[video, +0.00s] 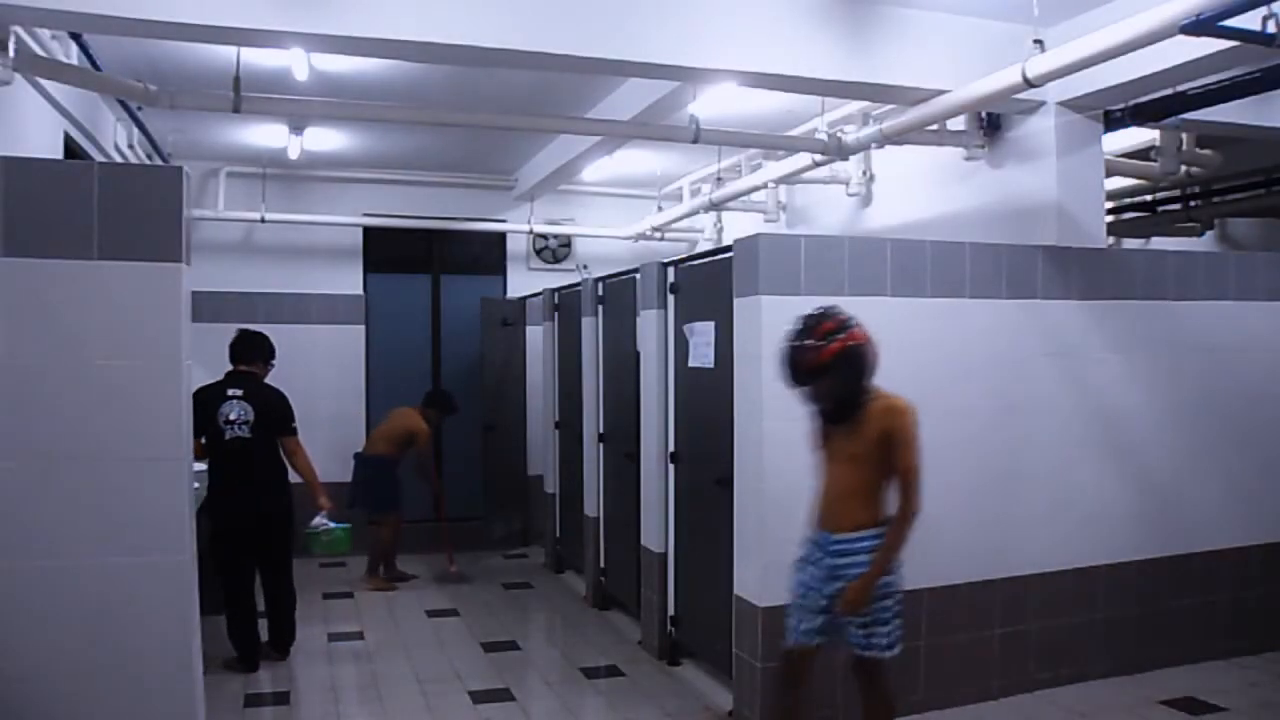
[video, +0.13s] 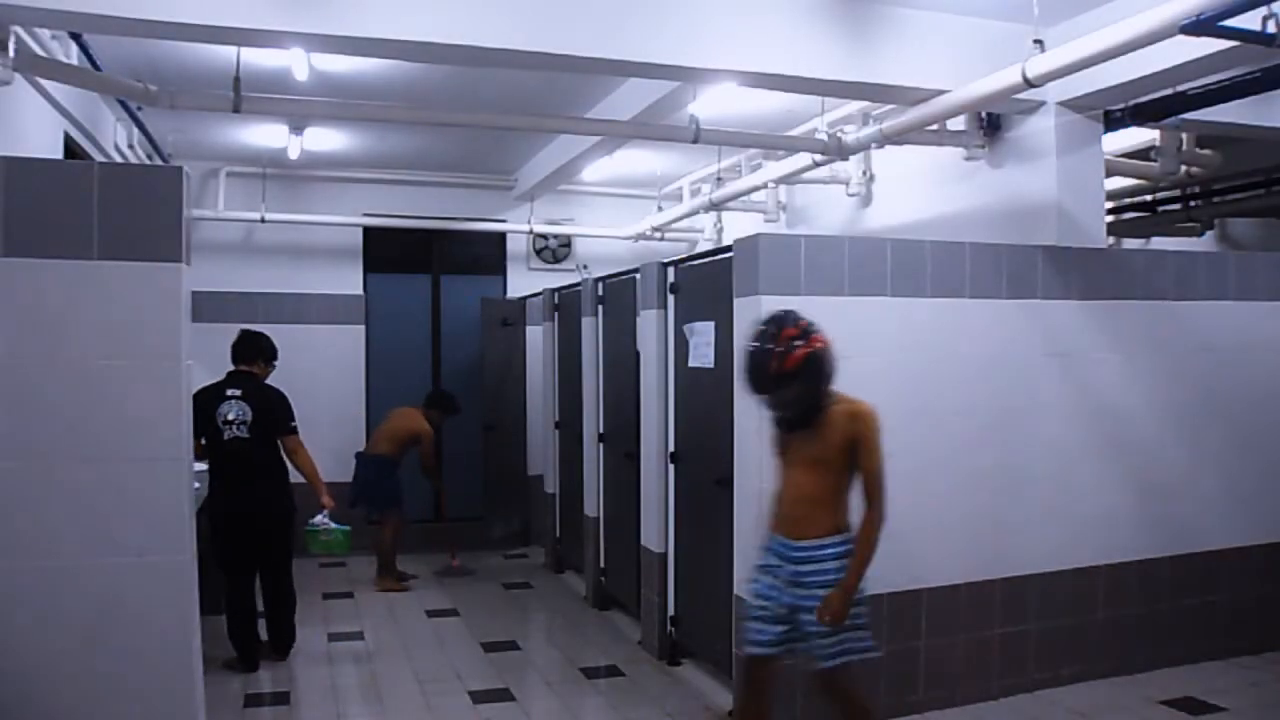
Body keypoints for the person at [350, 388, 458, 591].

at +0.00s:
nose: (439, 421)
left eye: (442, 416)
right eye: (440, 416)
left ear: (425, 404)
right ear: (434, 411)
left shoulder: (402, 413)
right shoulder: (421, 428)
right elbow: (424, 465)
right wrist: (434, 488)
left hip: (367, 461)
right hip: (380, 466)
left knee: (392, 518)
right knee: (385, 520)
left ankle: (390, 569)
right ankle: (372, 574)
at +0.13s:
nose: (441, 421)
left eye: (444, 417)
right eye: (442, 416)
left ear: (427, 405)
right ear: (435, 411)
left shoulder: (402, 413)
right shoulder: (424, 429)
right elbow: (427, 464)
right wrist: (436, 483)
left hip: (366, 462)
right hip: (382, 467)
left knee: (388, 518)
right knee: (391, 520)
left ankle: (388, 569)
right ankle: (385, 576)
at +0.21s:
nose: (442, 421)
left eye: (444, 417)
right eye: (442, 416)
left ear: (428, 405)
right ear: (436, 411)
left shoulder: (402, 413)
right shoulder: (425, 430)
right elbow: (430, 465)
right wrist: (437, 487)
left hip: (367, 463)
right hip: (383, 467)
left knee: (388, 519)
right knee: (391, 520)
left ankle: (390, 570)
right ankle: (390, 576)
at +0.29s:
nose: (444, 421)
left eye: (446, 417)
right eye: (445, 416)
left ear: (430, 405)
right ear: (439, 413)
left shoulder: (406, 413)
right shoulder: (426, 431)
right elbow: (429, 466)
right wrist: (437, 486)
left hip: (368, 462)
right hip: (384, 467)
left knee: (387, 520)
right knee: (392, 521)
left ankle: (390, 571)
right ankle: (394, 578)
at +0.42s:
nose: (446, 423)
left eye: (448, 418)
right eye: (446, 418)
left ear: (432, 408)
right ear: (440, 414)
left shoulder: (407, 413)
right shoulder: (427, 432)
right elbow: (430, 466)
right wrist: (437, 487)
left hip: (371, 463)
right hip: (386, 468)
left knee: (387, 521)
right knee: (392, 523)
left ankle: (390, 572)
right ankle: (394, 579)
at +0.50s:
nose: (446, 424)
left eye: (449, 419)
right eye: (447, 418)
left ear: (433, 407)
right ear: (440, 414)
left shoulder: (407, 413)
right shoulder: (427, 432)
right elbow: (430, 467)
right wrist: (437, 487)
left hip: (371, 465)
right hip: (386, 470)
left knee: (388, 522)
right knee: (395, 524)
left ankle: (390, 572)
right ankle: (394, 580)